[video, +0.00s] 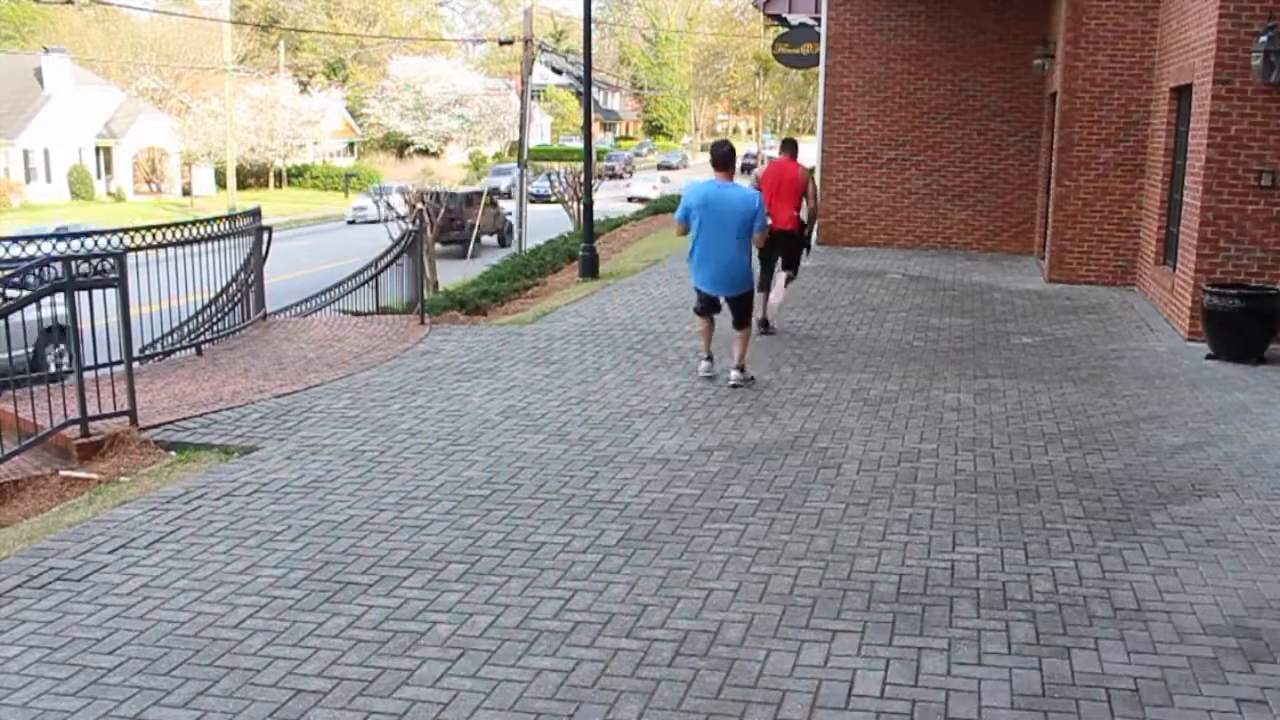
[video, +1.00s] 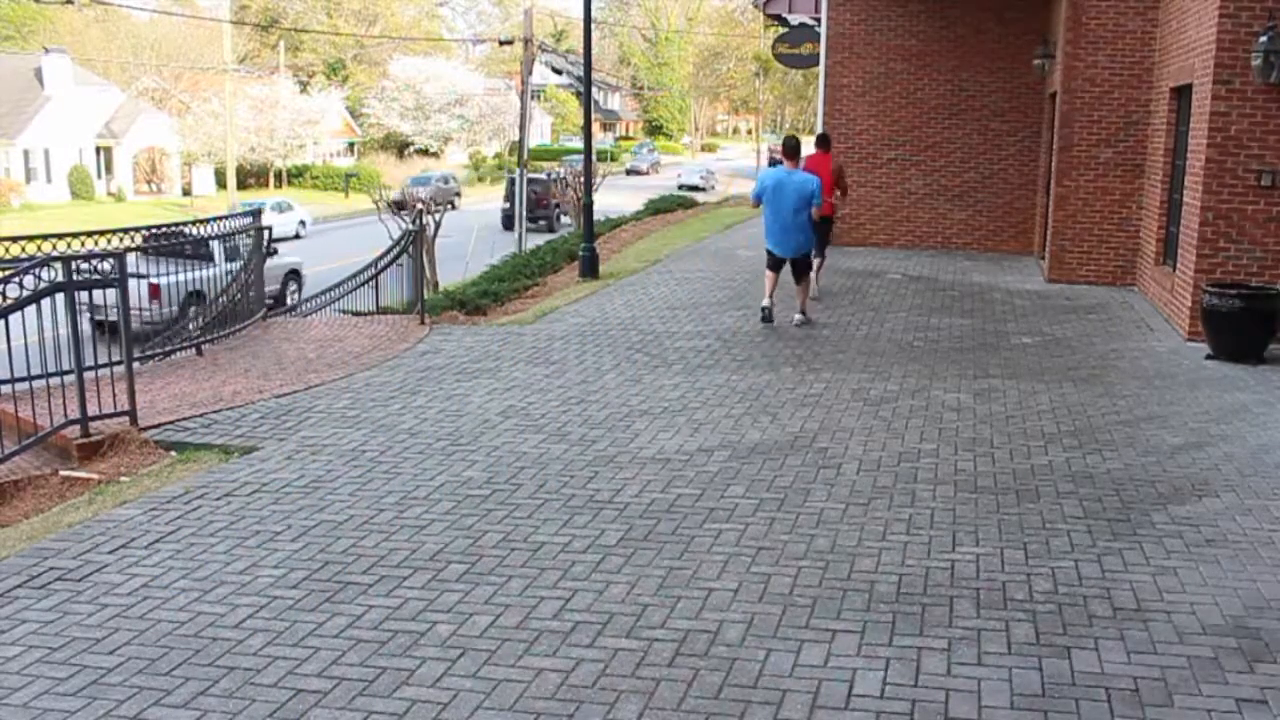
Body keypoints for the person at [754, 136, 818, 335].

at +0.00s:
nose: (790, 157)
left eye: (784, 152)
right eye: (794, 153)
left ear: (779, 151)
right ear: (796, 154)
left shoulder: (764, 171)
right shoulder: (803, 173)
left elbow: (753, 197)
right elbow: (812, 204)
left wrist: (756, 221)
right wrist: (809, 229)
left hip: (768, 226)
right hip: (792, 227)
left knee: (765, 272)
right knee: (791, 269)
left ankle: (762, 317)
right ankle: (777, 293)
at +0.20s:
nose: (800, 153)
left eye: (794, 148)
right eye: (805, 150)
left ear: (790, 148)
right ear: (807, 150)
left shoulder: (775, 166)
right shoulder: (812, 170)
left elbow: (762, 186)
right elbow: (818, 198)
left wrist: (767, 209)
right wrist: (818, 219)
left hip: (776, 219)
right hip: (801, 220)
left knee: (776, 259)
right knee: (801, 259)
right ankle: (791, 294)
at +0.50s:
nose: (806, 147)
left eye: (804, 144)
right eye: (810, 144)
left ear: (800, 144)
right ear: (815, 145)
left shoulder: (789, 161)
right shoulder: (822, 163)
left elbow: (780, 183)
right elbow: (830, 188)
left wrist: (782, 202)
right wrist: (828, 205)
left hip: (791, 208)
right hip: (813, 209)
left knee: (791, 246)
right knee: (810, 250)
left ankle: (790, 279)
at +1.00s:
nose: (819, 148)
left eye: (818, 145)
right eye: (826, 145)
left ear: (815, 145)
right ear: (830, 146)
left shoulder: (807, 161)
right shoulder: (834, 164)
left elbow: (801, 182)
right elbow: (843, 187)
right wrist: (841, 194)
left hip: (806, 207)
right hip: (825, 208)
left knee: (810, 246)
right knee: (821, 248)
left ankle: (809, 279)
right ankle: (814, 275)